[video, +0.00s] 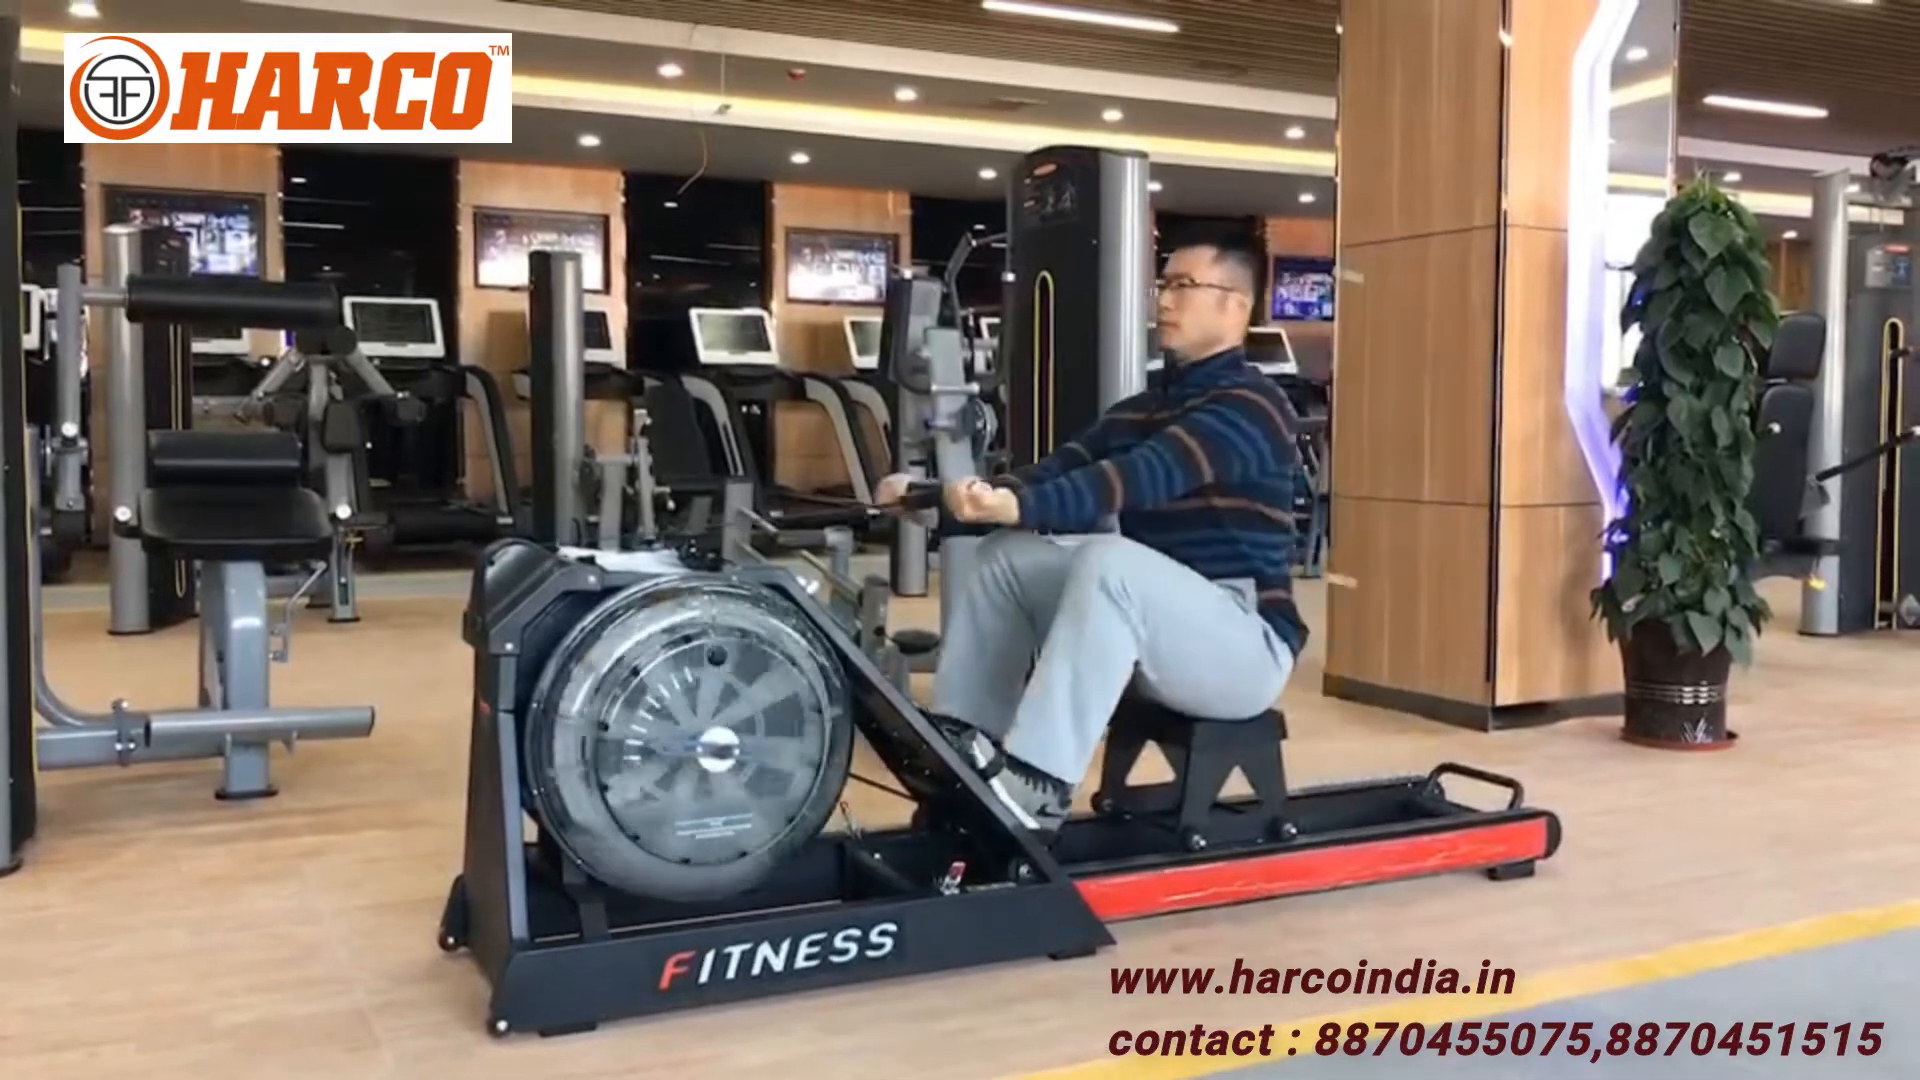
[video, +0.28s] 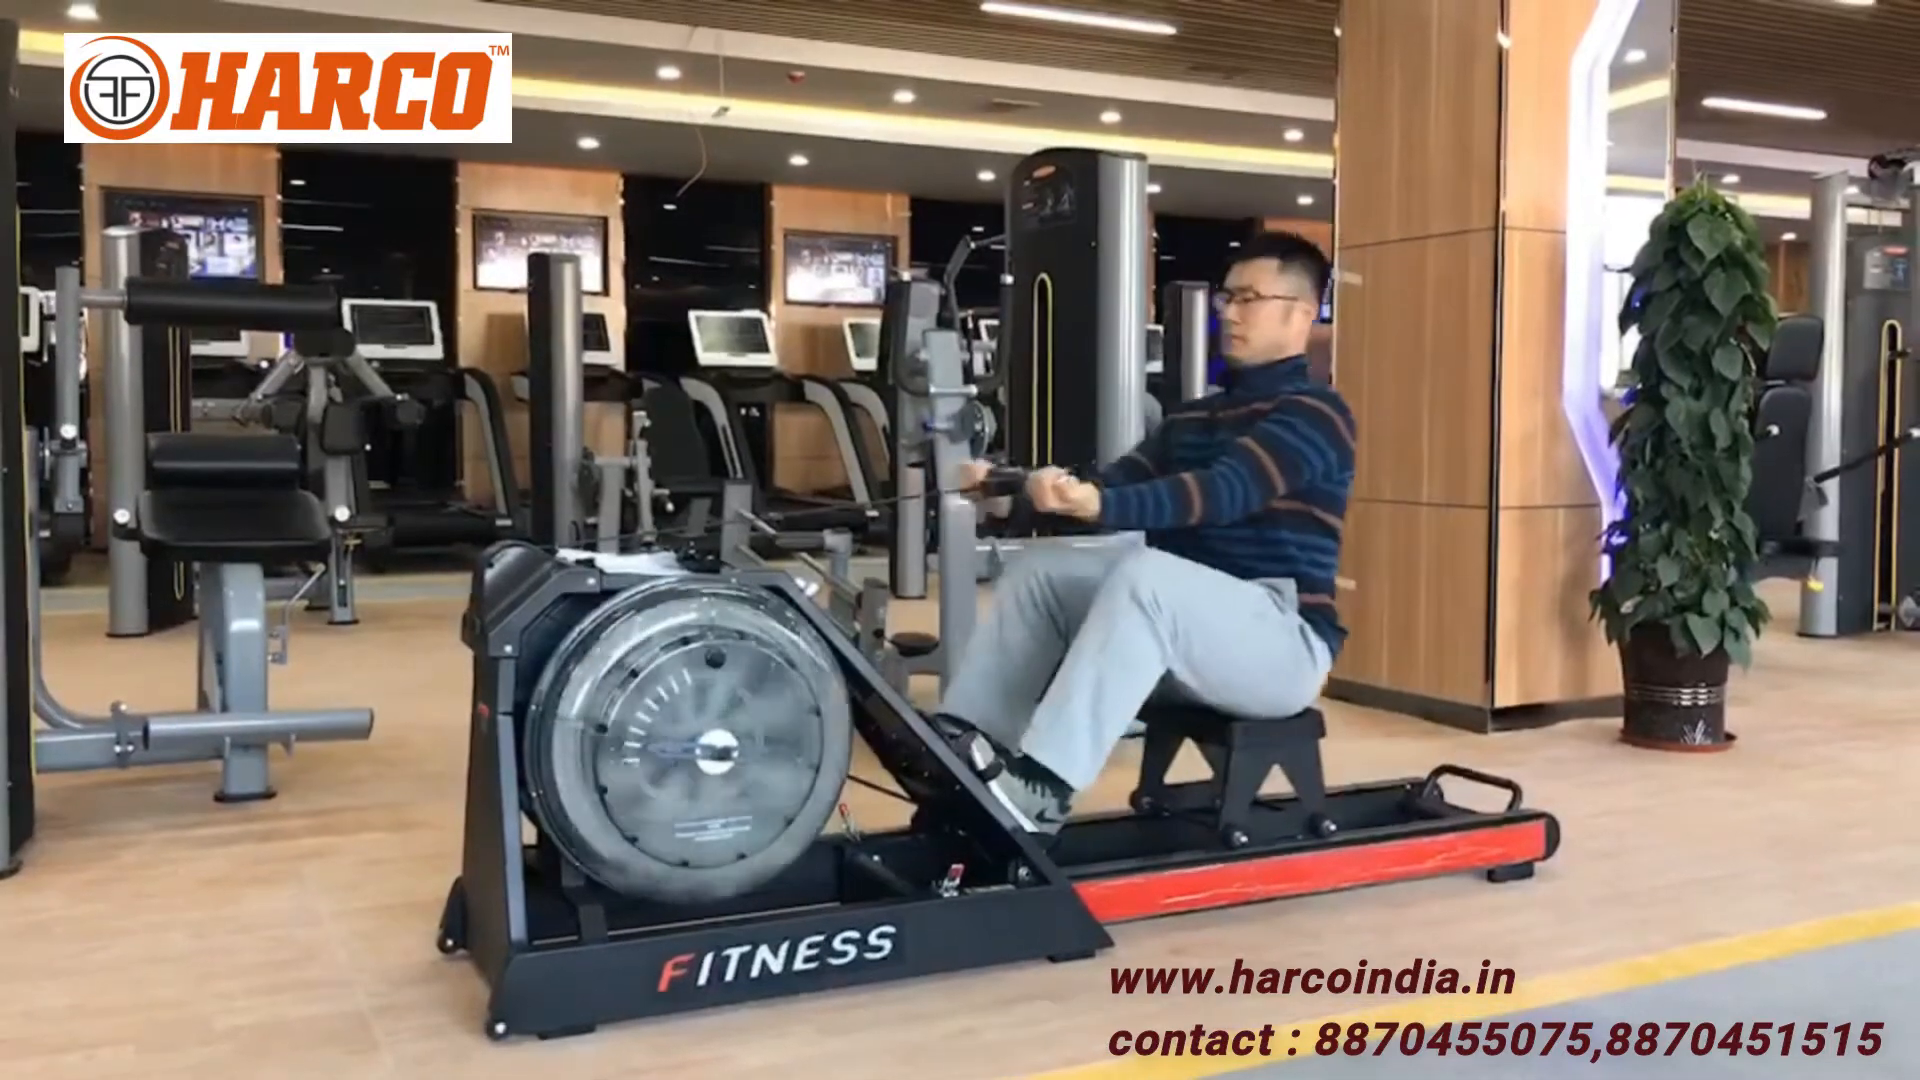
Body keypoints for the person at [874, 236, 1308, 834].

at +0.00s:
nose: (1163, 300)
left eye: (1183, 288)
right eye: (1164, 286)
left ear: (1236, 307)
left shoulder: (1251, 406)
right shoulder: (1144, 407)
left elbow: (1143, 476)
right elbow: (1058, 470)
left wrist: (1019, 506)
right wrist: (931, 494)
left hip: (1245, 645)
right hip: (1155, 622)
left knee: (1109, 565)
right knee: (992, 557)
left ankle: (1039, 783)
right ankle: (966, 749)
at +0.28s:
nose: (1229, 310)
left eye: (1249, 297)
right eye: (1227, 297)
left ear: (1301, 315)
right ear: (1220, 306)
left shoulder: (1317, 414)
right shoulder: (1199, 416)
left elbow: (1225, 490)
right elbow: (1113, 486)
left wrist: (1104, 506)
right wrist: (997, 484)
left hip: (1285, 639)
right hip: (1190, 615)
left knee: (1146, 580)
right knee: (1038, 575)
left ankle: (1043, 787)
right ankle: (967, 750)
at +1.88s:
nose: (1119, 309)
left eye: (1138, 295)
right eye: (1118, 295)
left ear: (1194, 314)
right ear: (1115, 307)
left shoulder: (1224, 413)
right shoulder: (1108, 414)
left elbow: (1143, 483)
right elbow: (1025, 466)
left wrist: (1019, 518)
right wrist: (928, 492)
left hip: (1226, 651)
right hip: (1123, 635)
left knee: (1093, 564)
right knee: (981, 555)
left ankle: (1034, 783)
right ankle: (961, 755)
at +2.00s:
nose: (1148, 310)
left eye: (1167, 295)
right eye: (1148, 295)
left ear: (1223, 316)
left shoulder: (1247, 413)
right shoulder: (1136, 410)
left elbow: (1146, 479)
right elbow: (1046, 457)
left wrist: (1026, 514)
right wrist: (941, 486)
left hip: (1233, 650)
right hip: (1138, 627)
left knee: (1096, 567)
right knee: (986, 553)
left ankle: (1035, 784)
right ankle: (963, 746)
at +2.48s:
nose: (1349, 336)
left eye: (1371, 322)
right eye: (1346, 322)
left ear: (1424, 339)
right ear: (1338, 327)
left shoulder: (1445, 419)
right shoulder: (1318, 415)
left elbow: (1359, 395)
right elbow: (1230, 409)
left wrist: (1253, 365)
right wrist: (1140, 383)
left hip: (1360, 639)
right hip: (1279, 620)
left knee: (1199, 634)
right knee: (1107, 610)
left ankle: (1060, 793)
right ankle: (977, 760)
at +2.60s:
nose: (1417, 352)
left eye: (1437, 339)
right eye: (1405, 338)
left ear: (1477, 348)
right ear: (1392, 341)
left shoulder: (1492, 433)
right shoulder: (1358, 425)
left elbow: (1424, 372)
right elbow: (1271, 392)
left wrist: (1326, 320)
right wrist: (1202, 345)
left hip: (1383, 646)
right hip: (1294, 620)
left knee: (1219, 673)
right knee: (1130, 640)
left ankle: (1068, 805)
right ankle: (989, 756)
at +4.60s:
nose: (1359, 344)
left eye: (1378, 328)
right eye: (1355, 330)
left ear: (1433, 344)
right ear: (1350, 336)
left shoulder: (1454, 419)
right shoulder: (1339, 415)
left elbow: (1369, 405)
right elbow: (1258, 424)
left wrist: (1270, 384)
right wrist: (1167, 396)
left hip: (1367, 639)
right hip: (1281, 617)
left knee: (1210, 651)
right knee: (1105, 627)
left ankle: (1065, 798)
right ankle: (978, 759)